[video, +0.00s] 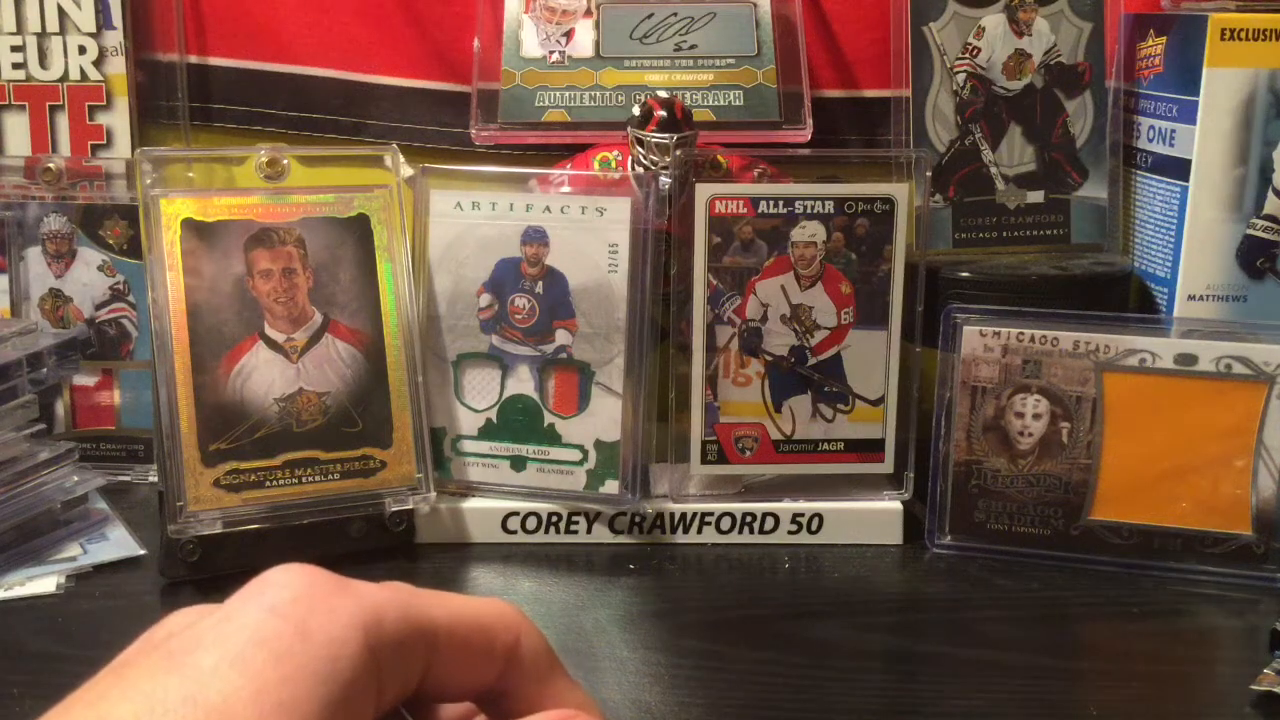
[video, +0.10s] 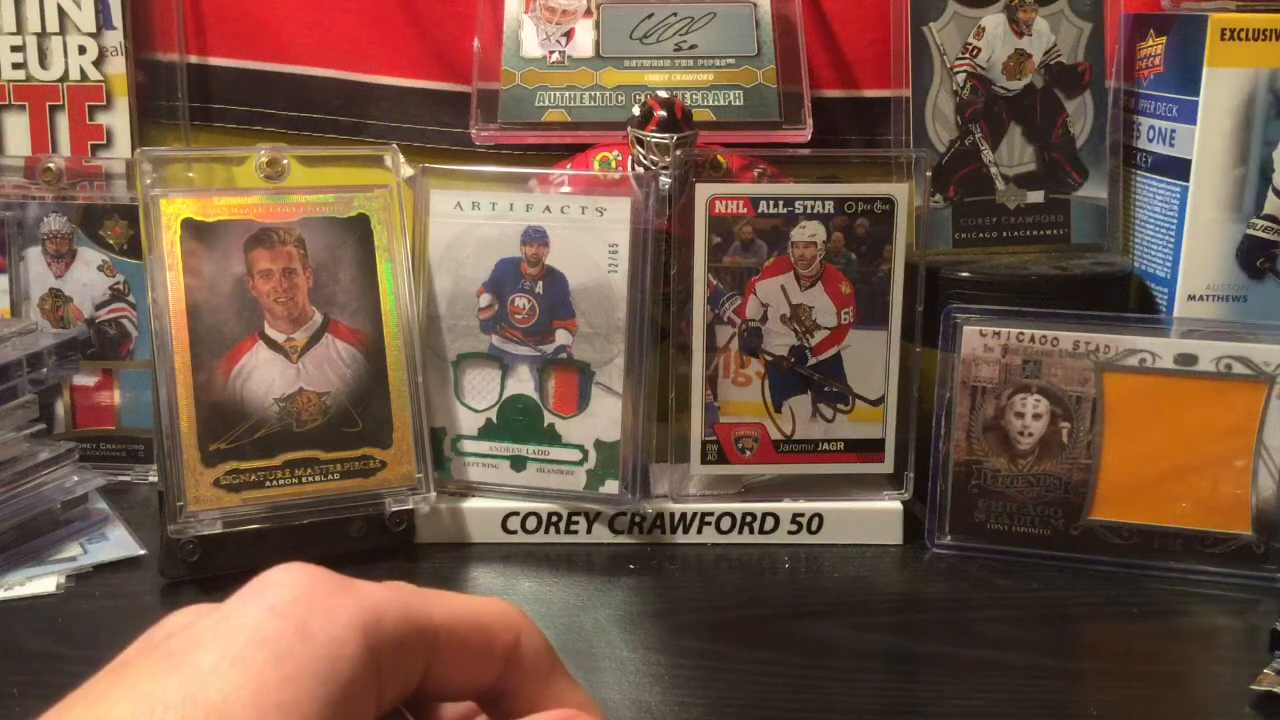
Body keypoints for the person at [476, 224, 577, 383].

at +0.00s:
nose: (535, 251)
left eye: (540, 246)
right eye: (530, 246)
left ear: (547, 250)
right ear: (522, 248)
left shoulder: (557, 280)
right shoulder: (504, 268)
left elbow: (565, 321)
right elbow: (487, 293)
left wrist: (561, 350)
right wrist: (487, 317)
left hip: (542, 353)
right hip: (503, 348)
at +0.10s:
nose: (535, 251)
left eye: (540, 246)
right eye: (530, 246)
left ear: (547, 250)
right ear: (522, 248)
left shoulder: (557, 280)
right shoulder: (504, 268)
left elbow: (565, 321)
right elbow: (487, 293)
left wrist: (561, 350)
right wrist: (487, 318)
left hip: (542, 352)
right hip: (503, 348)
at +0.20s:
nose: (535, 251)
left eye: (540, 247)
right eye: (530, 246)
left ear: (547, 250)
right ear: (522, 248)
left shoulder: (557, 280)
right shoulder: (504, 268)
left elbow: (565, 320)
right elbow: (486, 292)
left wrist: (562, 349)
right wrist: (486, 315)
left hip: (542, 353)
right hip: (503, 348)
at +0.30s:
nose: (535, 251)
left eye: (540, 246)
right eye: (530, 246)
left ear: (547, 250)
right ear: (522, 248)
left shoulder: (557, 280)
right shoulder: (504, 268)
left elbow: (565, 321)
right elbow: (487, 294)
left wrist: (561, 350)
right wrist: (487, 318)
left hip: (542, 353)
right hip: (503, 348)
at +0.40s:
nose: (535, 251)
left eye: (540, 247)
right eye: (530, 246)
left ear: (547, 250)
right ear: (522, 248)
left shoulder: (557, 280)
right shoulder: (504, 268)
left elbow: (565, 321)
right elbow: (487, 292)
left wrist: (562, 350)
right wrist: (487, 316)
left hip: (542, 353)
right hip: (503, 349)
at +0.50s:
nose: (535, 252)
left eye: (540, 247)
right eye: (530, 246)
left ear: (547, 250)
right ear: (522, 248)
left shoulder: (557, 280)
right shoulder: (504, 268)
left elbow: (564, 321)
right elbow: (487, 293)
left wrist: (562, 349)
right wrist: (487, 318)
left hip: (543, 353)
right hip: (504, 349)